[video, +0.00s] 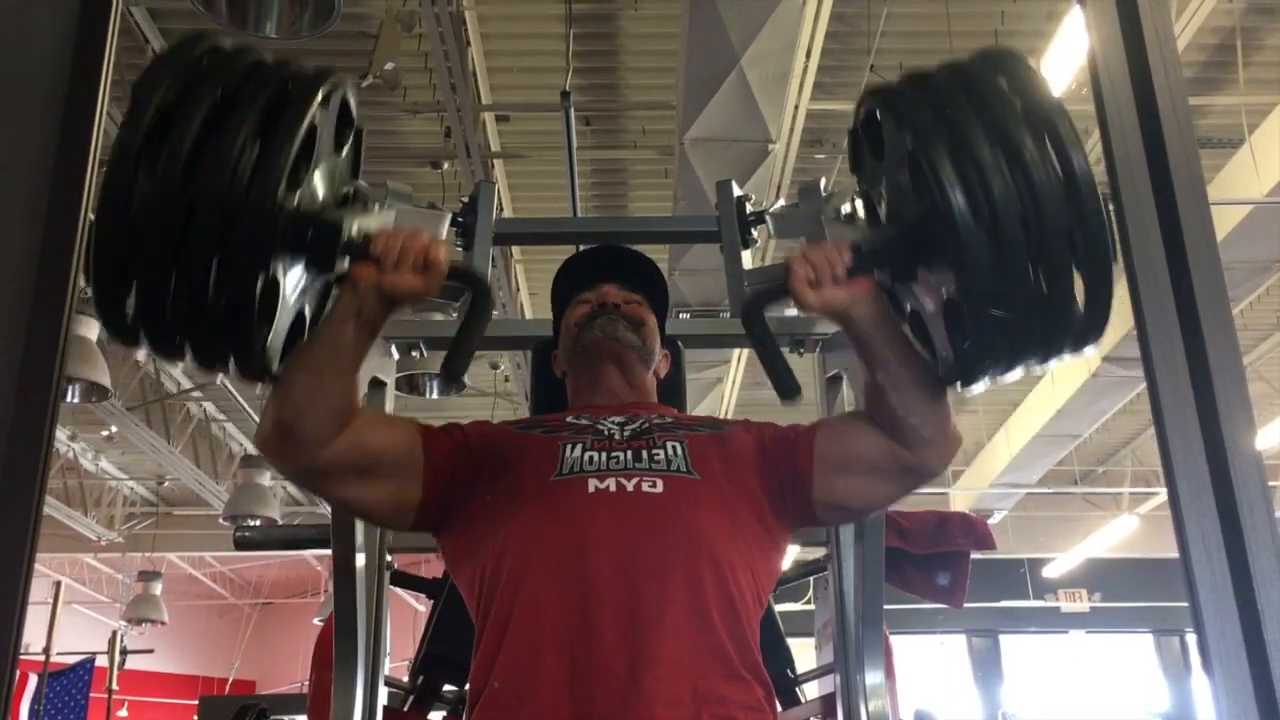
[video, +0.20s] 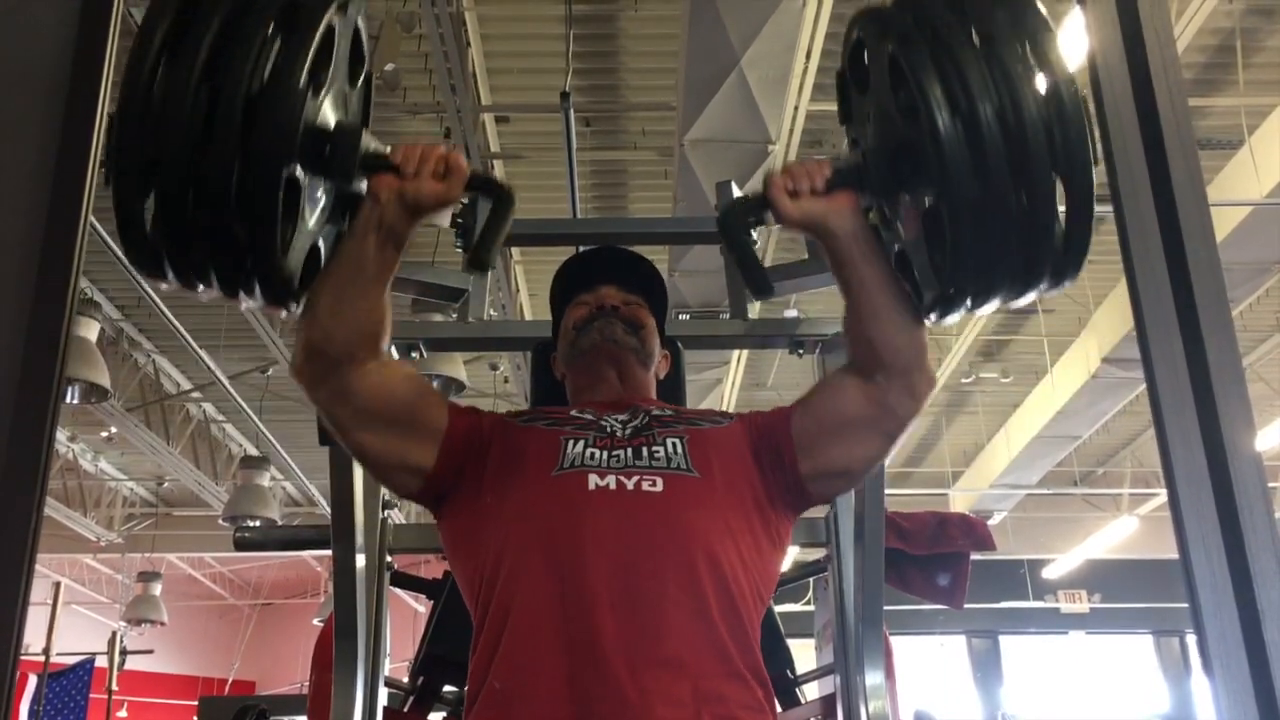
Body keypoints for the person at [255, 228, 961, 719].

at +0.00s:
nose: (609, 306)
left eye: (634, 308)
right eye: (584, 307)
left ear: (665, 361)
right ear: (553, 359)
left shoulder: (744, 453)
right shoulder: (488, 458)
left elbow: (924, 444)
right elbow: (302, 438)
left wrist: (860, 311)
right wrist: (363, 301)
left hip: (724, 703)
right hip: (525, 705)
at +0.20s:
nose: (607, 316)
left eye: (632, 313)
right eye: (584, 313)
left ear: (665, 360)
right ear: (553, 361)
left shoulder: (752, 448)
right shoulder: (480, 450)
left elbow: (895, 380)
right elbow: (333, 363)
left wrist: (844, 229)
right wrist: (388, 215)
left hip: (725, 704)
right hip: (522, 705)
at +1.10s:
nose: (614, 305)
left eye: (638, 306)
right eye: (588, 305)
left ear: (666, 362)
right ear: (556, 359)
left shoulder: (744, 457)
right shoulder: (488, 463)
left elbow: (918, 455)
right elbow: (309, 445)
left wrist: (862, 308)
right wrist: (367, 297)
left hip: (721, 703)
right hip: (527, 704)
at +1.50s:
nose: (616, 301)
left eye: (639, 302)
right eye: (589, 301)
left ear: (669, 359)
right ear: (555, 360)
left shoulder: (748, 462)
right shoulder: (486, 468)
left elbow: (922, 544)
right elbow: (299, 548)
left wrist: (882, 404)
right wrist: (342, 403)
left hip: (725, 707)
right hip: (528, 708)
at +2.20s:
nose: (610, 312)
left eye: (634, 313)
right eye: (586, 313)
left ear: (666, 365)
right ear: (555, 364)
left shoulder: (741, 460)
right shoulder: (487, 467)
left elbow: (925, 486)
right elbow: (293, 479)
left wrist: (867, 342)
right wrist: (358, 336)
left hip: (726, 703)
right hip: (526, 703)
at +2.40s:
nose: (610, 307)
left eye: (635, 307)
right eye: (584, 307)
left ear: (666, 360)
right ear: (554, 362)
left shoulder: (751, 454)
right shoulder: (484, 461)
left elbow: (906, 407)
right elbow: (319, 397)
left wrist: (851, 251)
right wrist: (377, 252)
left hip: (723, 704)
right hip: (527, 704)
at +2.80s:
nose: (609, 316)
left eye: (634, 316)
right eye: (585, 312)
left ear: (666, 369)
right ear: (552, 363)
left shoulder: (754, 453)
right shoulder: (485, 457)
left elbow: (847, 328)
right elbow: (395, 317)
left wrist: (828, 161)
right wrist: (404, 153)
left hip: (728, 705)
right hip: (518, 706)